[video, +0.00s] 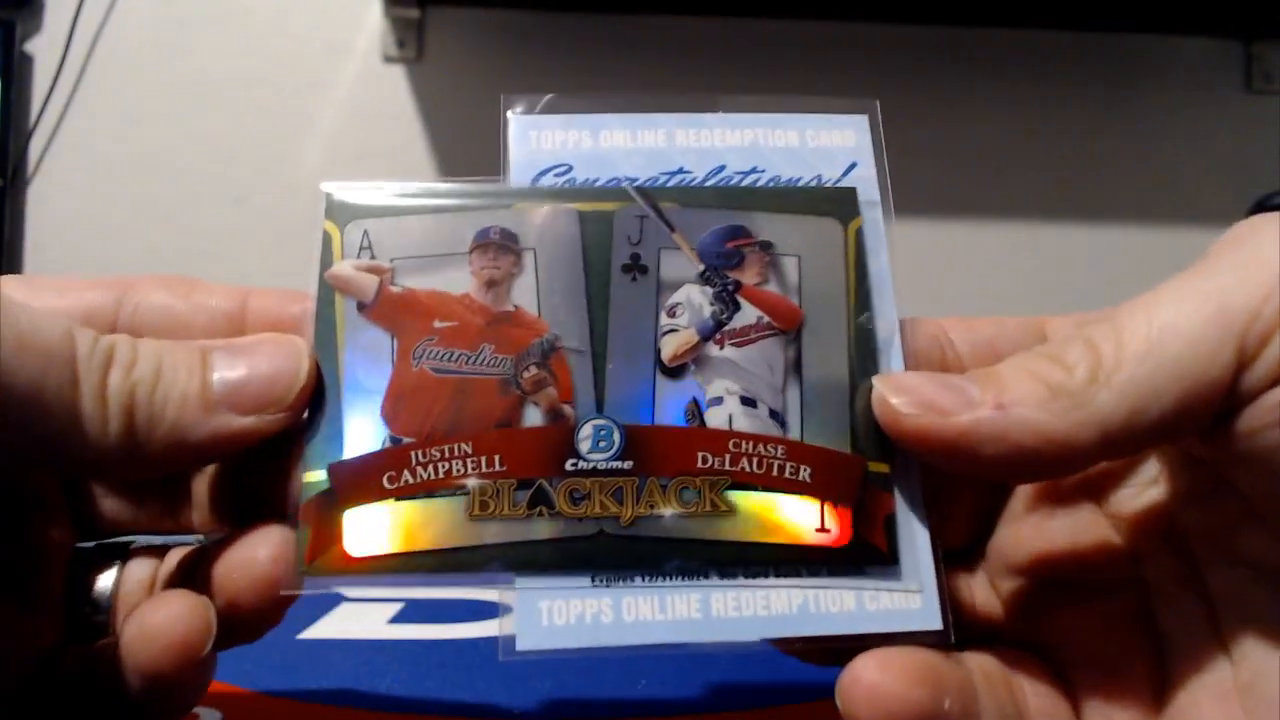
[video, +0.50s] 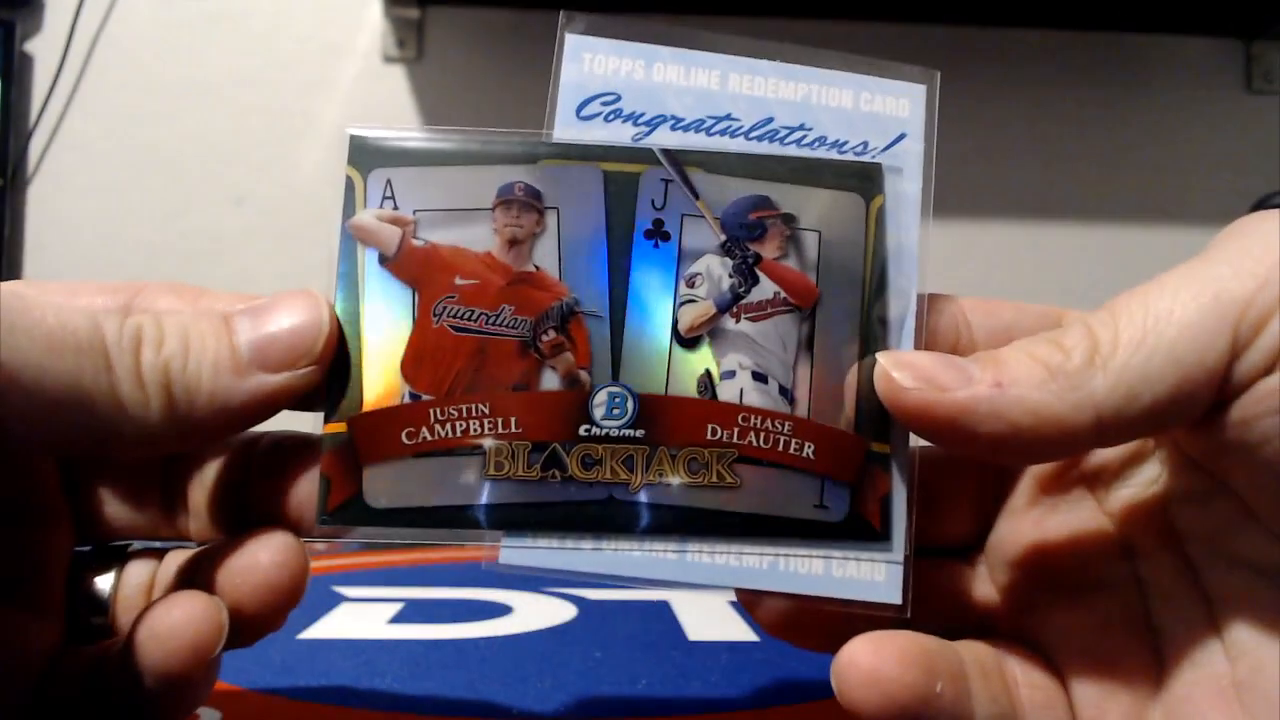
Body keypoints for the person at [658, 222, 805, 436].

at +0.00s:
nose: (765, 257)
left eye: (762, 250)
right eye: (754, 250)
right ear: (729, 257)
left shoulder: (768, 299)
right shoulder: (693, 294)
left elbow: (794, 319)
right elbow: (670, 355)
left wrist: (735, 286)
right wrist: (713, 321)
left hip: (774, 420)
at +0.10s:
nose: (770, 251)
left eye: (768, 244)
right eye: (759, 244)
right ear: (733, 252)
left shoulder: (774, 292)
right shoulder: (699, 288)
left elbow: (799, 314)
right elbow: (675, 348)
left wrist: (743, 281)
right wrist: (719, 315)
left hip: (778, 415)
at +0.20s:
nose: (772, 243)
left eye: (770, 236)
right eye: (761, 237)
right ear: (736, 243)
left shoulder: (776, 285)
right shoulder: (701, 279)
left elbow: (801, 306)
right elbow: (677, 339)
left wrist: (744, 271)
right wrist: (721, 306)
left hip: (779, 407)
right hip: (735, 402)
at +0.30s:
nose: (778, 238)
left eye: (776, 231)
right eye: (768, 231)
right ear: (743, 236)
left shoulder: (782, 281)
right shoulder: (708, 274)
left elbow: (805, 301)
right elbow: (682, 334)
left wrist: (749, 266)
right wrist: (725, 301)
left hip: (782, 402)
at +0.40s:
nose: (785, 234)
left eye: (783, 227)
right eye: (774, 227)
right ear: (750, 232)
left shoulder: (786, 275)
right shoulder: (713, 268)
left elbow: (809, 299)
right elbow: (686, 328)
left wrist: (754, 262)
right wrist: (730, 297)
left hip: (784, 397)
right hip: (742, 390)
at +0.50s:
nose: (786, 231)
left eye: (784, 223)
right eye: (775, 223)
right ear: (749, 227)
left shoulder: (786, 274)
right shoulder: (713, 266)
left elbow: (810, 296)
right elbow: (687, 325)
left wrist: (757, 260)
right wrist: (731, 294)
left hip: (783, 396)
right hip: (743, 388)